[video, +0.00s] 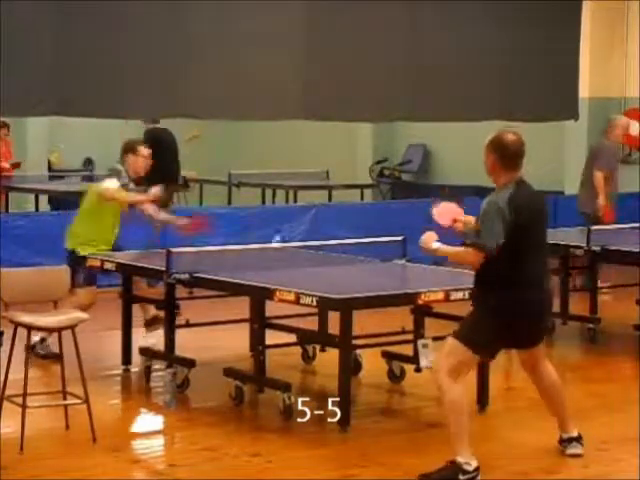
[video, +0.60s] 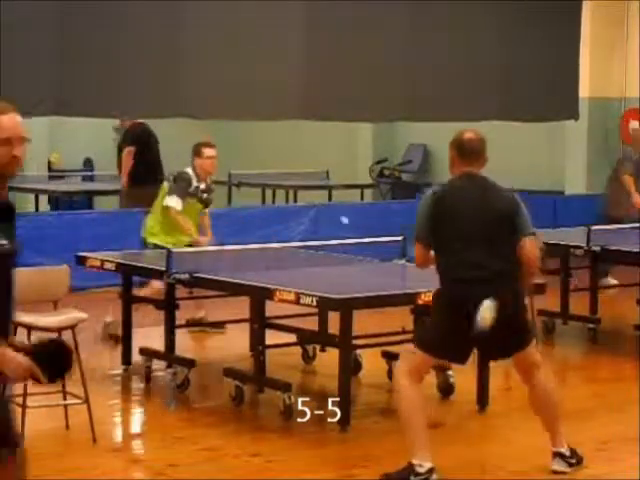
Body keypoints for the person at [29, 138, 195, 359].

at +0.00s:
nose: (147, 164)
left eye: (148, 159)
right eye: (143, 158)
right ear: (128, 158)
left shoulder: (126, 186)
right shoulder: (110, 180)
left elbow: (149, 210)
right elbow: (115, 195)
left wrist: (175, 220)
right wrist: (147, 196)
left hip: (104, 245)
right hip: (83, 246)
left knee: (137, 271)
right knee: (84, 297)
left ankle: (149, 315)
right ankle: (41, 337)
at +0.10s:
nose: (164, 167)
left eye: (166, 162)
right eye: (160, 161)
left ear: (161, 164)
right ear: (143, 160)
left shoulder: (151, 190)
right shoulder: (129, 182)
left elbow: (177, 203)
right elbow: (137, 189)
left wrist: (209, 210)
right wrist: (171, 188)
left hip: (110, 243)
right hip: (89, 241)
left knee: (144, 274)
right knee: (82, 293)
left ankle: (145, 323)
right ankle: (42, 336)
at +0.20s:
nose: (189, 172)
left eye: (189, 167)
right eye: (184, 166)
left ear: (179, 168)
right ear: (170, 168)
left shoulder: (179, 191)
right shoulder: (151, 179)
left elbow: (209, 194)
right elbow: (160, 186)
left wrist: (243, 196)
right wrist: (195, 180)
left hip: (128, 241)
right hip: (108, 232)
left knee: (152, 281)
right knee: (92, 277)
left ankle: (149, 325)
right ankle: (61, 312)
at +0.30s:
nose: (197, 168)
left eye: (197, 163)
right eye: (192, 163)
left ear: (190, 165)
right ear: (178, 164)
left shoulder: (189, 187)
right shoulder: (159, 178)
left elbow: (220, 196)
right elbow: (168, 188)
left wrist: (250, 199)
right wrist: (204, 183)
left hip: (143, 237)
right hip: (121, 229)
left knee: (156, 280)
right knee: (105, 272)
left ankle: (150, 319)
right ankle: (75, 305)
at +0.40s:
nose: (202, 156)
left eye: (203, 151)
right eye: (197, 151)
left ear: (202, 155)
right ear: (184, 154)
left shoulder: (196, 181)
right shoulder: (169, 169)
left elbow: (219, 204)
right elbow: (174, 199)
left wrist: (245, 221)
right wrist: (206, 204)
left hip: (162, 230)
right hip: (138, 223)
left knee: (170, 271)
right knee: (124, 270)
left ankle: (159, 307)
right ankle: (96, 318)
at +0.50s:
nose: (207, 156)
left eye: (208, 152)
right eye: (203, 152)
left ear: (206, 155)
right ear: (189, 154)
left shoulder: (201, 180)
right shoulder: (175, 171)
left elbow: (212, 209)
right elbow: (176, 206)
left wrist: (228, 232)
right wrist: (204, 221)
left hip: (173, 229)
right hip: (148, 227)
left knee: (189, 268)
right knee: (129, 276)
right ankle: (102, 322)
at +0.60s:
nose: (213, 163)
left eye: (215, 158)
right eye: (209, 158)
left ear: (215, 161)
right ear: (196, 160)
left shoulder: (206, 184)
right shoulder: (184, 178)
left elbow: (204, 214)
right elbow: (172, 209)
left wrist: (208, 236)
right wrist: (194, 235)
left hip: (183, 240)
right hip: (160, 239)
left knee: (197, 277)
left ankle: (197, 314)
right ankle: (117, 323)